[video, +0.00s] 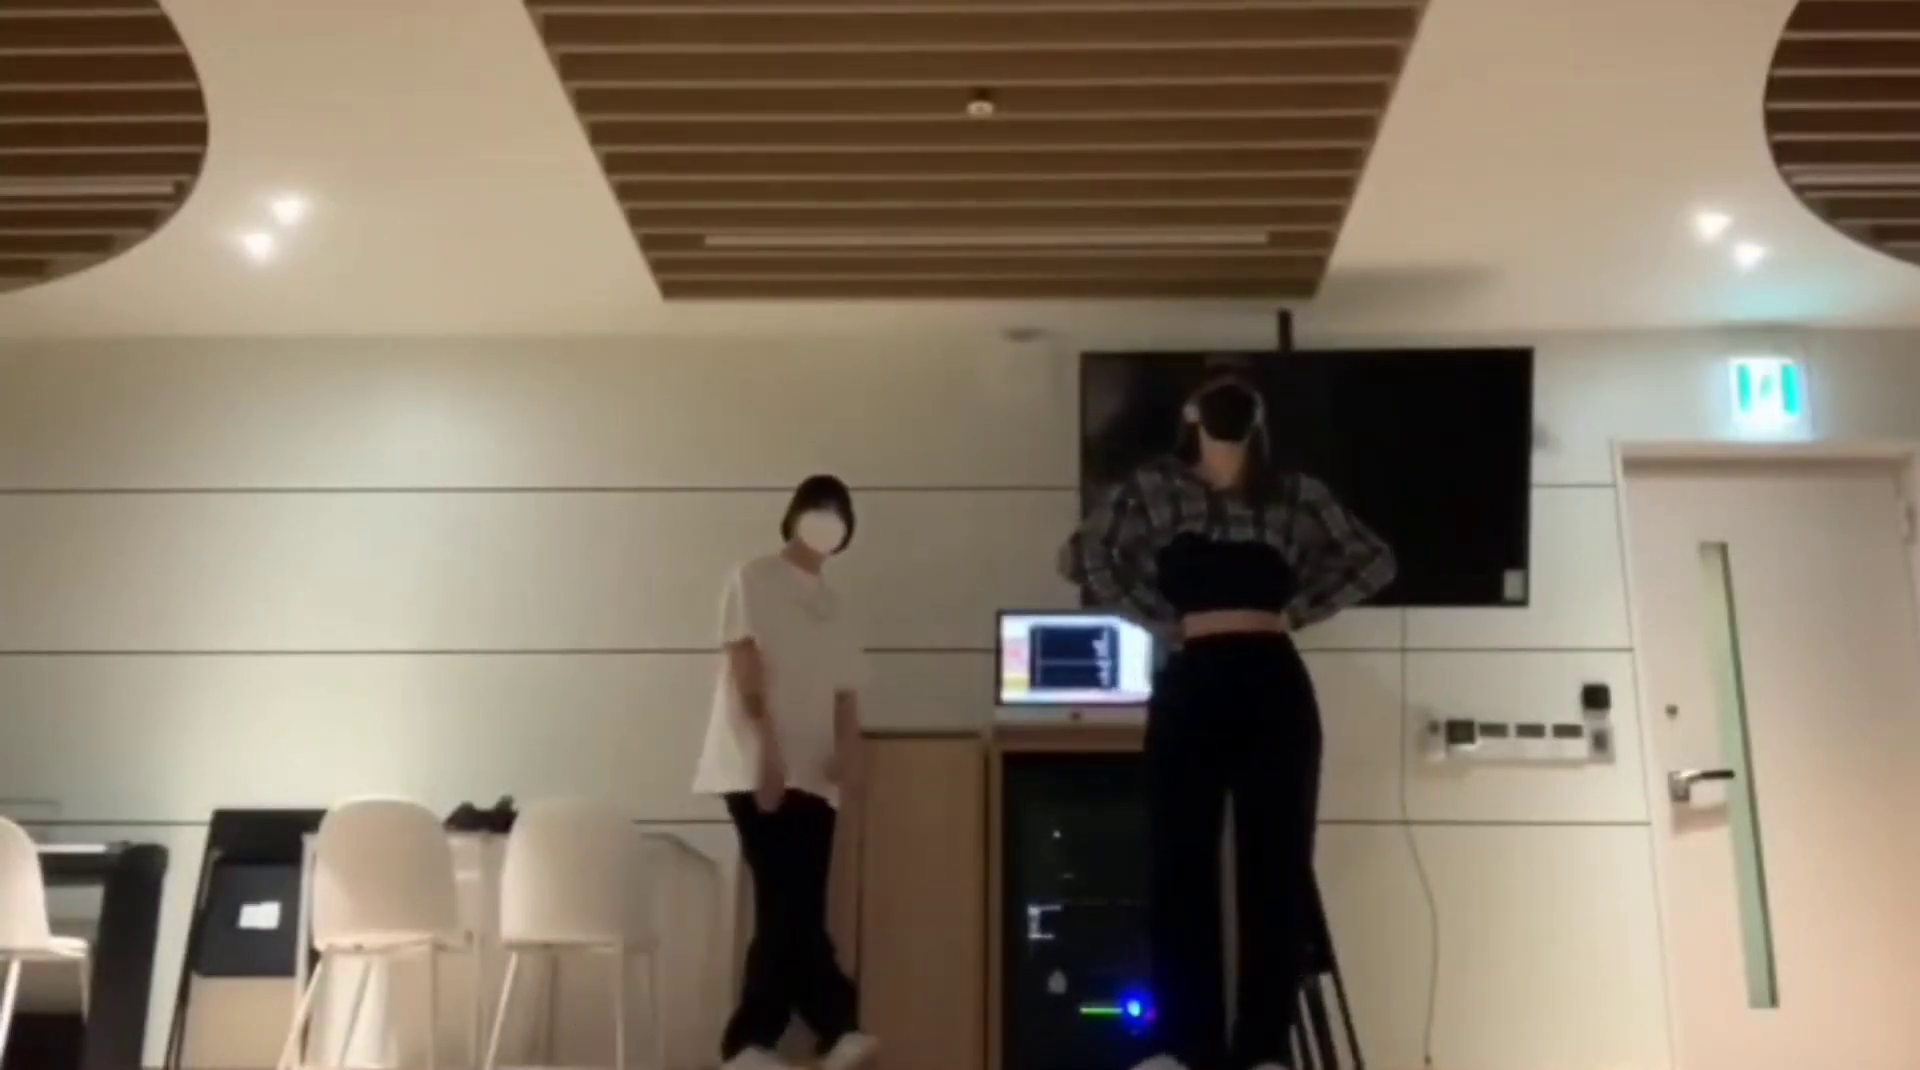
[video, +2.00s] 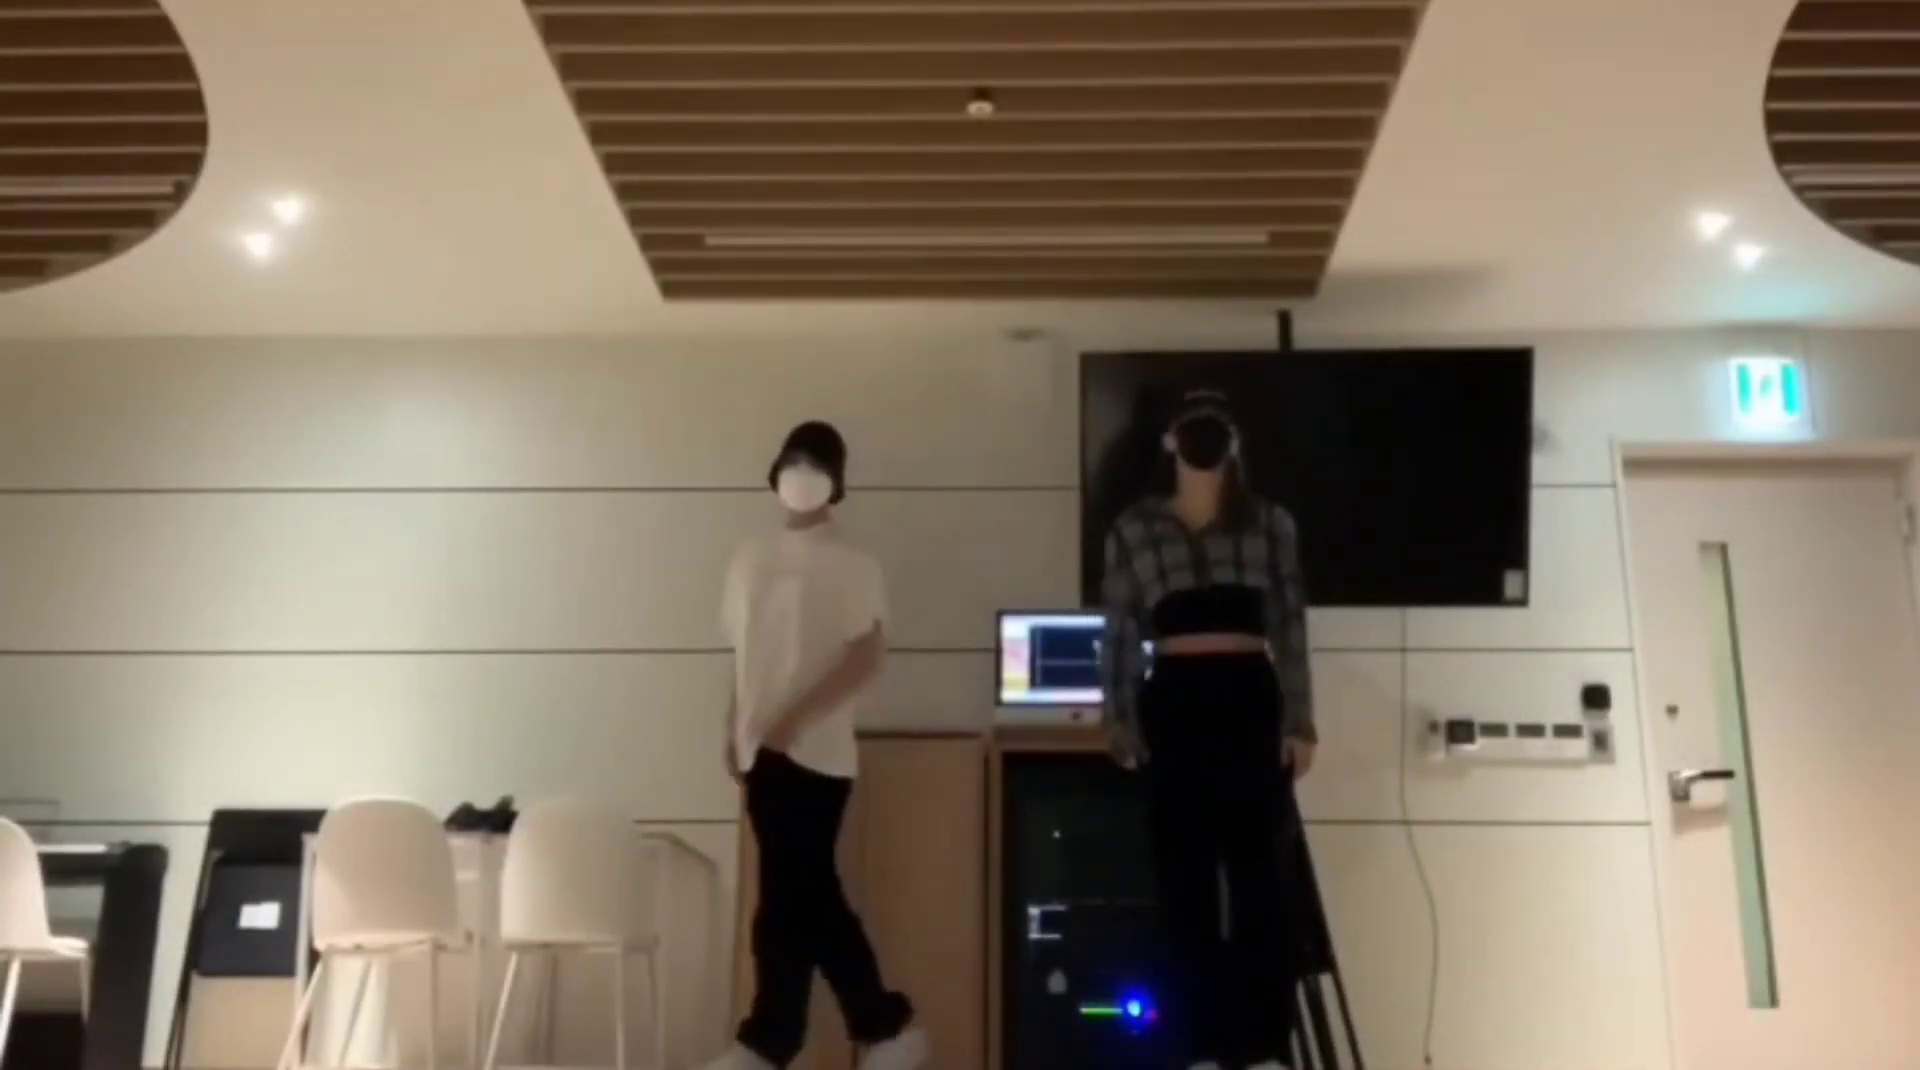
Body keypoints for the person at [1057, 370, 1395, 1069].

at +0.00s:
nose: (1227, 426)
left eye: (1230, 414)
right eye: (1221, 415)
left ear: (1197, 422)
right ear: (1222, 425)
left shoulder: (1296, 496)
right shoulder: (1155, 490)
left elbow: (1373, 561)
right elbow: (1091, 562)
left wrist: (1299, 610)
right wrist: (1160, 619)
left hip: (1273, 685)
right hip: (1191, 687)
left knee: (1275, 865)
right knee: (1183, 863)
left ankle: (1266, 1042)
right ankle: (1191, 1041)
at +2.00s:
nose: (1206, 441)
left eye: (1217, 430)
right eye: (1192, 430)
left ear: (1237, 445)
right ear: (1168, 443)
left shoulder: (1271, 525)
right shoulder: (1135, 529)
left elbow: (1291, 628)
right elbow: (1119, 632)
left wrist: (1299, 721)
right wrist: (1119, 719)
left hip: (1250, 714)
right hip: (1175, 715)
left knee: (1260, 875)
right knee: (1184, 877)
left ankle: (1262, 1038)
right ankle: (1200, 1038)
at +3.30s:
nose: (1169, 410)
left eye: (1181, 397)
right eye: (1153, 399)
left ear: (1201, 413)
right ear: (1129, 417)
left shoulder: (1228, 494)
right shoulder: (1096, 493)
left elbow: (1244, 586)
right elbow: (1056, 585)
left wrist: (1237, 634)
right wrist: (1085, 678)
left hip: (1202, 689)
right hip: (1123, 688)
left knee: (1194, 829)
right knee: (1108, 839)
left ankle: (1186, 971)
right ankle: (1100, 993)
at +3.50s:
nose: (1177, 418)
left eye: (1188, 407)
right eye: (1163, 407)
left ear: (1207, 423)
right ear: (1137, 424)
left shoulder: (1229, 497)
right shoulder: (1100, 506)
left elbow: (1260, 561)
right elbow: (1068, 596)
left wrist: (1309, 573)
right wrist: (1092, 652)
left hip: (1222, 698)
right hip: (1134, 700)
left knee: (1291, 852)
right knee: (1083, 858)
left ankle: (1405, 1032)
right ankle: (1090, 1035)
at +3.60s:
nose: (1175, 423)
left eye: (1188, 411)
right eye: (1162, 412)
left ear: (1210, 429)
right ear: (1140, 428)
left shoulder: (1244, 489)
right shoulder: (1121, 507)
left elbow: (1346, 527)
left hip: (1253, 695)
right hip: (1167, 712)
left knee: (1348, 861)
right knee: (1105, 864)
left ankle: (1446, 1056)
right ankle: (1086, 1041)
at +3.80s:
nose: (1200, 413)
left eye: (1210, 401)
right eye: (1193, 401)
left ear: (1225, 418)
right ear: (1174, 418)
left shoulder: (1251, 476)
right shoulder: (1149, 498)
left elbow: (1338, 467)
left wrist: (1455, 451)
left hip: (1260, 683)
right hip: (1183, 702)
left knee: (1358, 860)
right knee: (1121, 865)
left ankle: (1447, 1050)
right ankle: (1083, 1041)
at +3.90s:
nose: (1218, 403)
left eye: (1233, 391)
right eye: (1207, 393)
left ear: (1252, 412)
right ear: (1189, 413)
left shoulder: (1264, 474)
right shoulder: (1174, 494)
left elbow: (1298, 417)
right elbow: (1175, 607)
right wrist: (1157, 675)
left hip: (1263, 674)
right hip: (1185, 687)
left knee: (1347, 856)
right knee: (1134, 861)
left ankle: (1449, 1040)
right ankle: (1084, 1036)